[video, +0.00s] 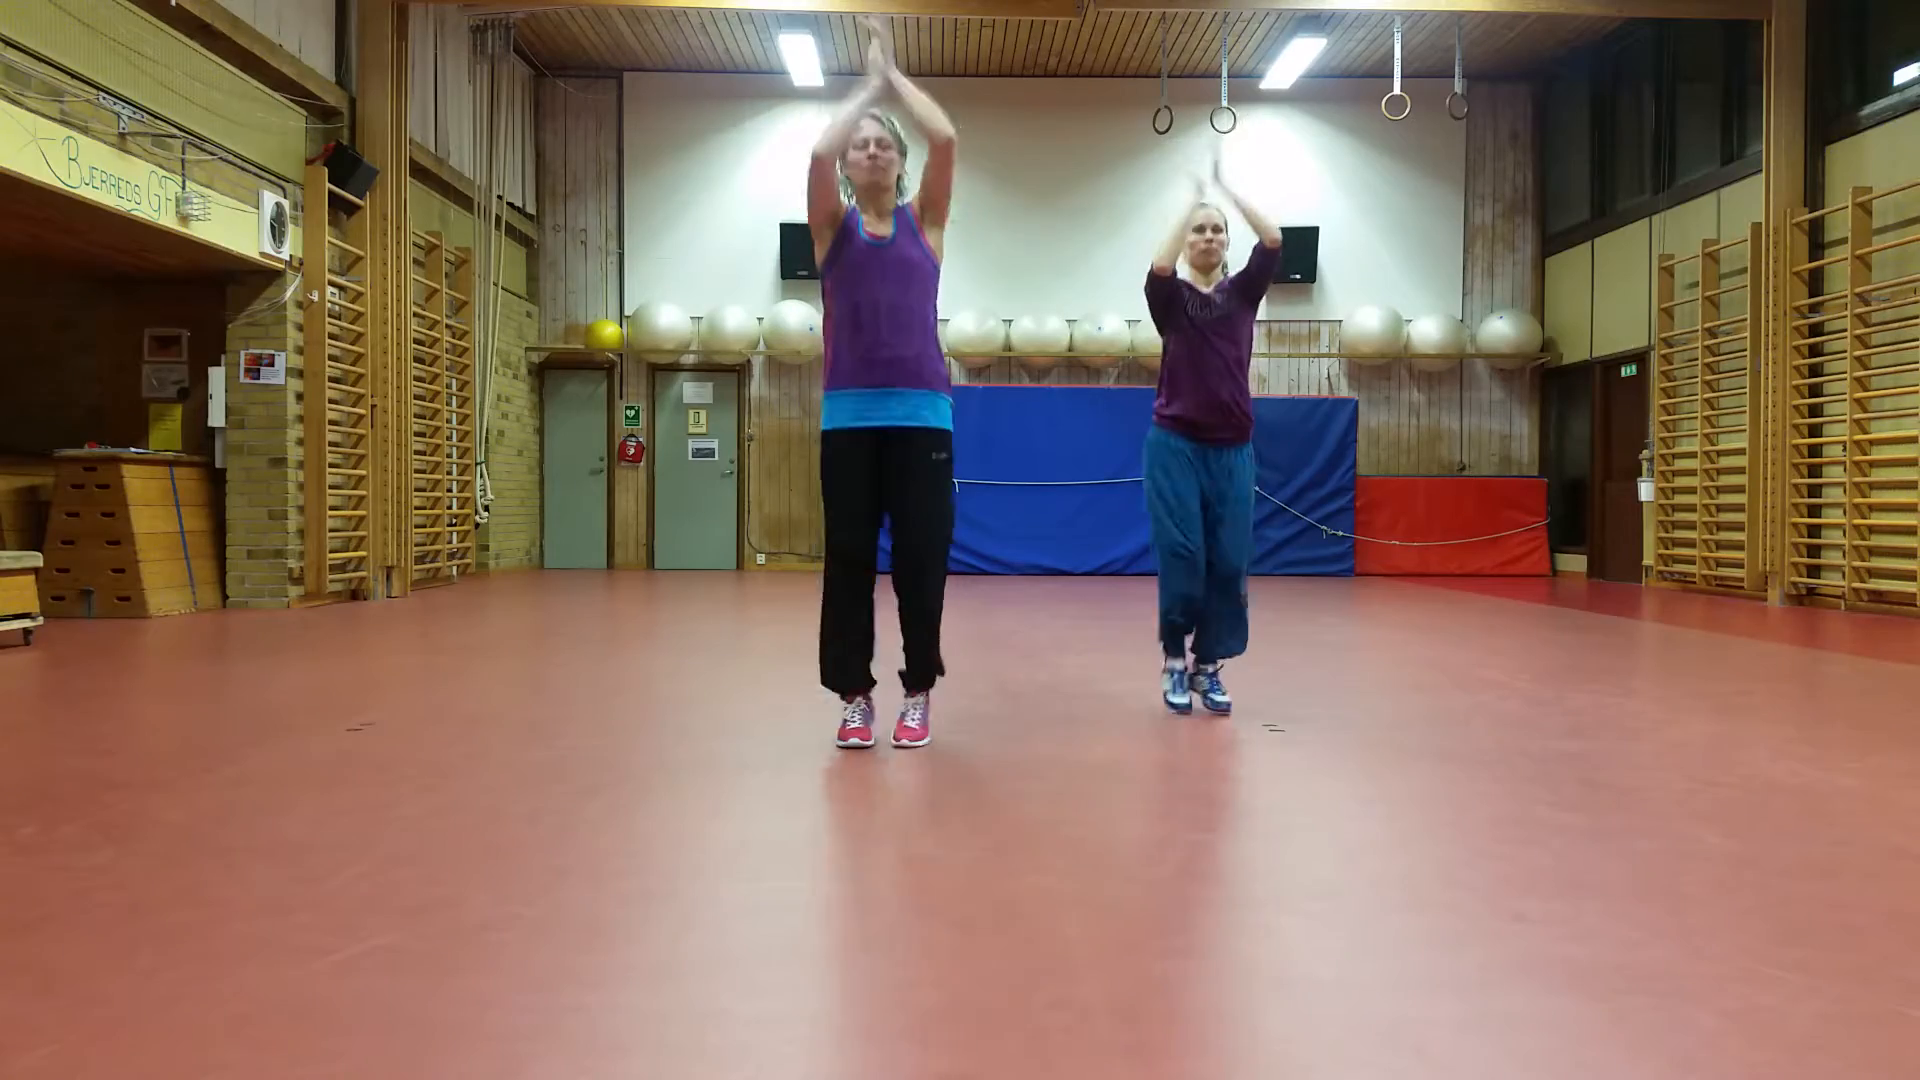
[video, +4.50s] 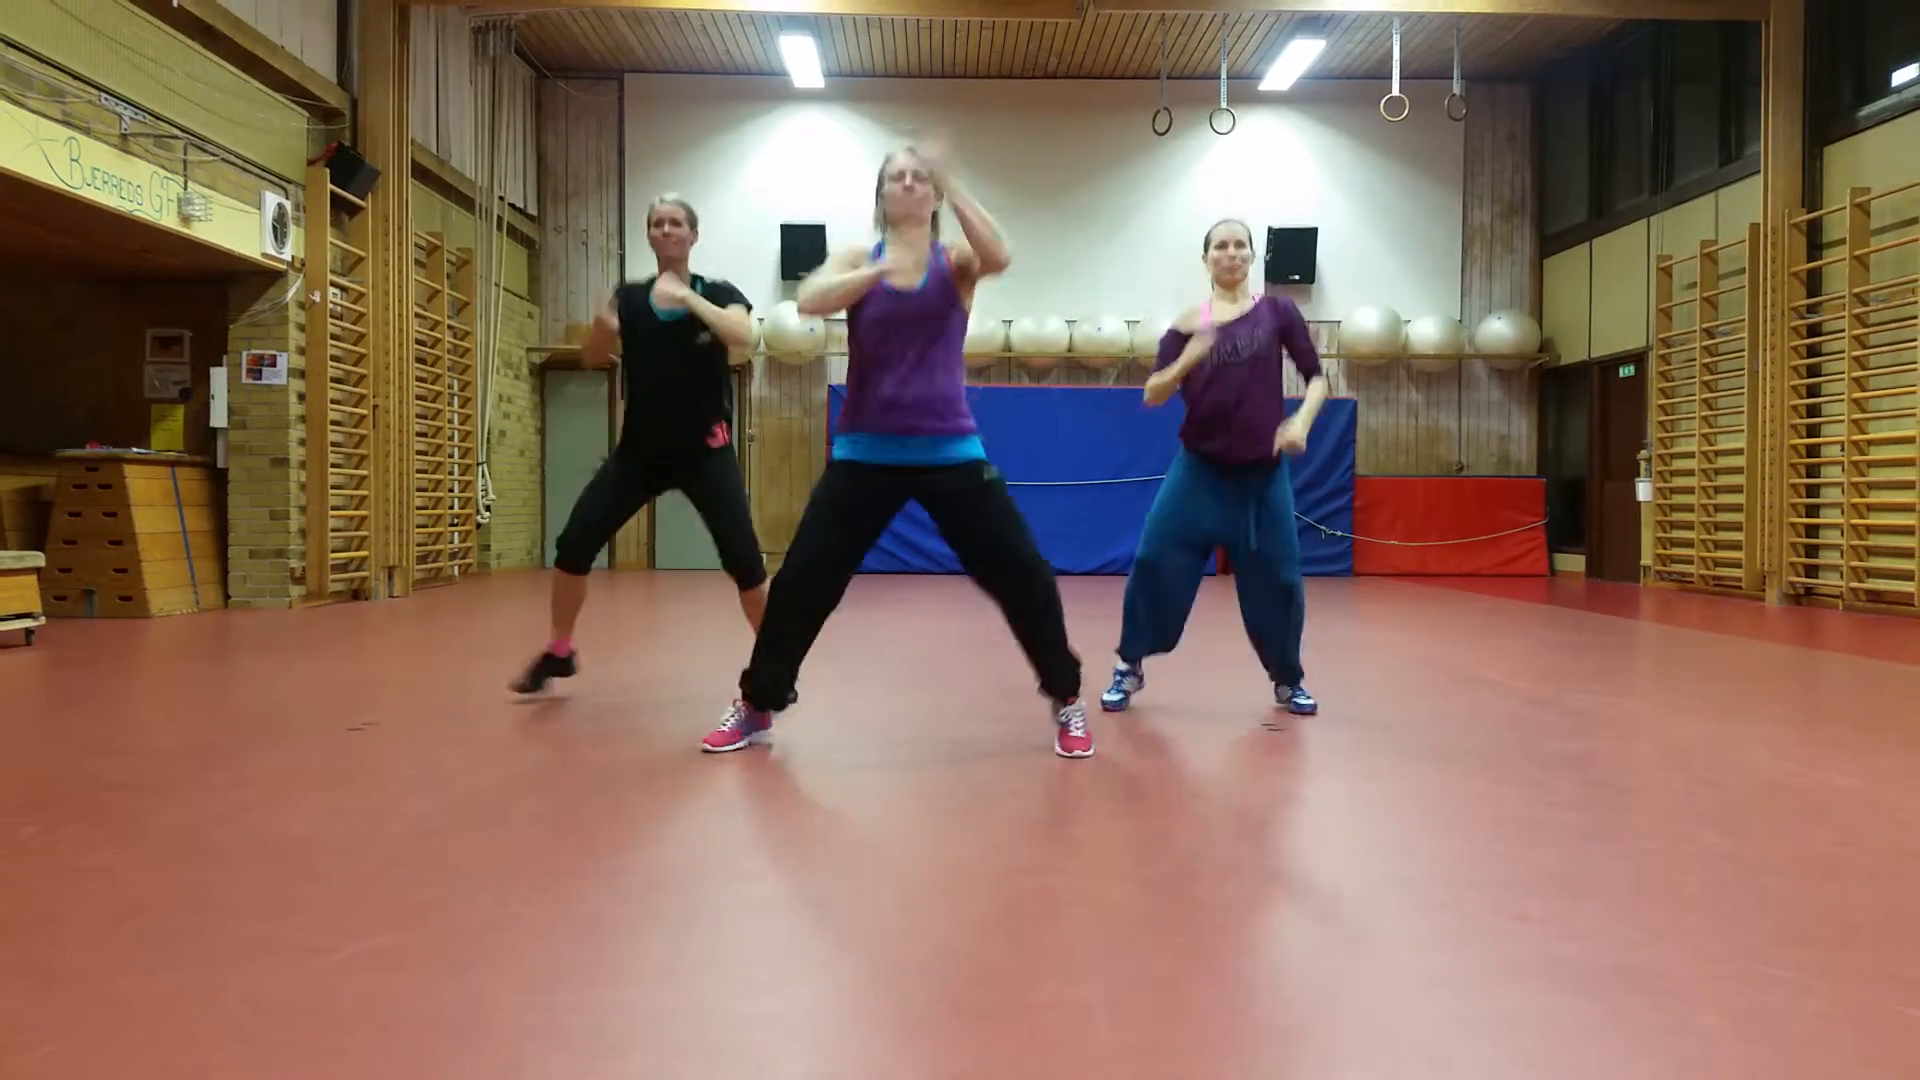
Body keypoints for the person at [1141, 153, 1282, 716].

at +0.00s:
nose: (1210, 237)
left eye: (1217, 230)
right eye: (1200, 229)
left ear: (1227, 241)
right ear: (1182, 240)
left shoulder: (1242, 293)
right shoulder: (1169, 298)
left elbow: (1273, 240)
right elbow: (1160, 268)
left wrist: (1225, 189)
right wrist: (1189, 205)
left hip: (1232, 447)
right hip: (1174, 443)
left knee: (1229, 559)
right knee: (1183, 551)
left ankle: (1209, 668)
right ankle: (1175, 661)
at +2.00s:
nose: (1230, 247)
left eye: (1238, 242)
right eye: (1218, 241)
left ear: (1248, 259)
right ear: (1200, 258)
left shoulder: (1260, 307)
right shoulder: (1187, 311)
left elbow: (1300, 235)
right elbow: (1169, 257)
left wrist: (1249, 192)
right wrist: (1219, 205)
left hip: (1263, 456)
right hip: (1203, 458)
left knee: (1270, 567)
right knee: (1204, 568)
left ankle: (1267, 669)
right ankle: (1227, 668)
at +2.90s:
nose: (1227, 246)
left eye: (1236, 239)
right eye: (1217, 239)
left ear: (1248, 252)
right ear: (1203, 253)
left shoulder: (1264, 302)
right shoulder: (1187, 307)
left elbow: (1326, 277)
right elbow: (1156, 306)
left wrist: (1275, 236)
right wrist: (1193, 247)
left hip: (1263, 455)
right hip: (1203, 457)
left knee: (1272, 565)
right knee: (1204, 558)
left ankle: (1264, 674)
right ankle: (1214, 660)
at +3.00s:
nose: (1225, 228)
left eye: (1234, 222)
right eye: (1215, 222)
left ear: (1246, 235)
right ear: (1198, 236)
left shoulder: (1262, 287)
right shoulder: (1178, 294)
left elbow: (1329, 324)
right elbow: (1142, 351)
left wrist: (1285, 291)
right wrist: (1182, 303)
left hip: (1257, 439)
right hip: (1197, 440)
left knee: (1263, 556)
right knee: (1194, 553)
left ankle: (1260, 673)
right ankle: (1184, 659)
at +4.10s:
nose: (1238, 240)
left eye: (1246, 233)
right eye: (1228, 234)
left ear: (1260, 247)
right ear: (1213, 249)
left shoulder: (1283, 304)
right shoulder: (1188, 311)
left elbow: (1331, 368)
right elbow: (1145, 375)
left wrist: (1328, 354)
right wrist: (1157, 336)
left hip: (1267, 461)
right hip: (1203, 459)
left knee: (1274, 570)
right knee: (1168, 557)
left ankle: (1280, 681)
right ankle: (1146, 668)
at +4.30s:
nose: (1234, 248)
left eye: (1242, 241)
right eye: (1224, 241)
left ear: (1256, 254)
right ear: (1208, 254)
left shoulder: (1272, 314)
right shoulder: (1180, 308)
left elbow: (1309, 374)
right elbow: (1131, 356)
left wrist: (1318, 435)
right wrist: (1127, 405)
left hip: (1253, 461)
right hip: (1187, 461)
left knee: (1288, 562)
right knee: (1158, 563)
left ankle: (1295, 666)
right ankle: (1128, 668)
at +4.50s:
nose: (1231, 254)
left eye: (1240, 246)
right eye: (1222, 246)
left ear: (1252, 256)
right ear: (1206, 259)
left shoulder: (1278, 312)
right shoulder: (1187, 326)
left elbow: (1317, 377)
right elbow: (1152, 396)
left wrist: (1300, 423)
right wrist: (1189, 355)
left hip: (1264, 468)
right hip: (1198, 466)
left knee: (1280, 575)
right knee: (1152, 557)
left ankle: (1287, 680)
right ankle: (1128, 668)